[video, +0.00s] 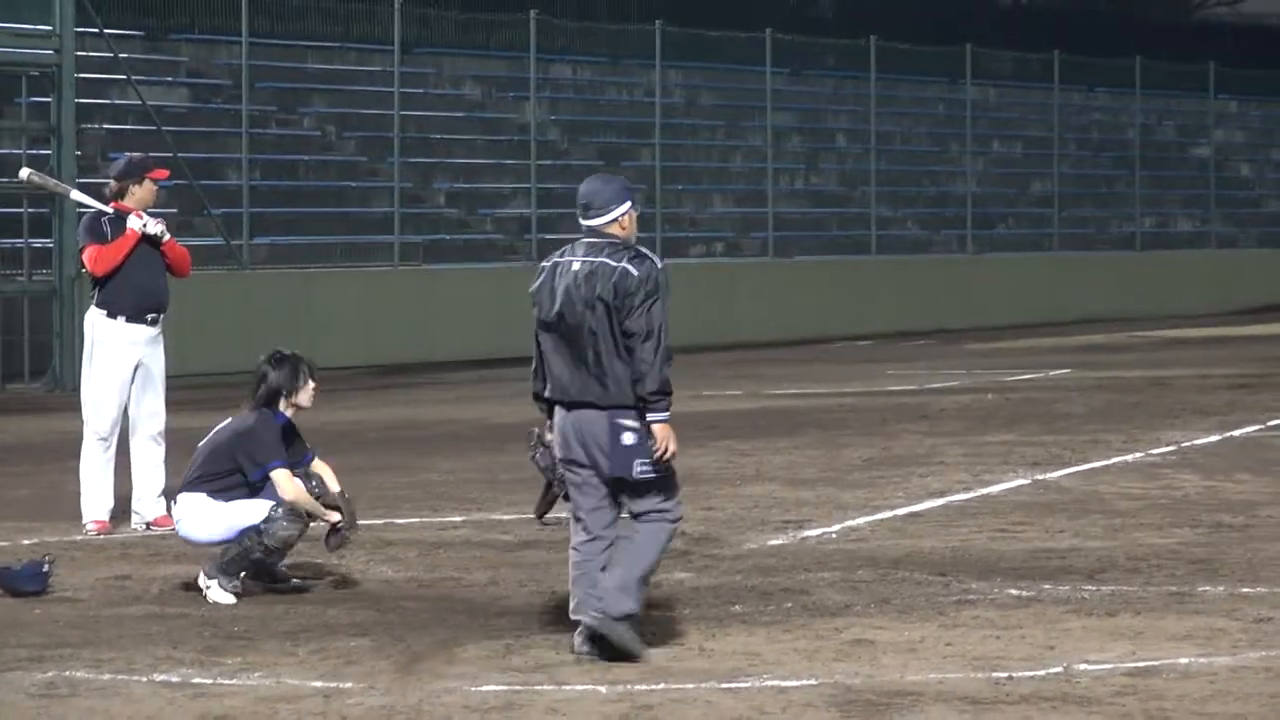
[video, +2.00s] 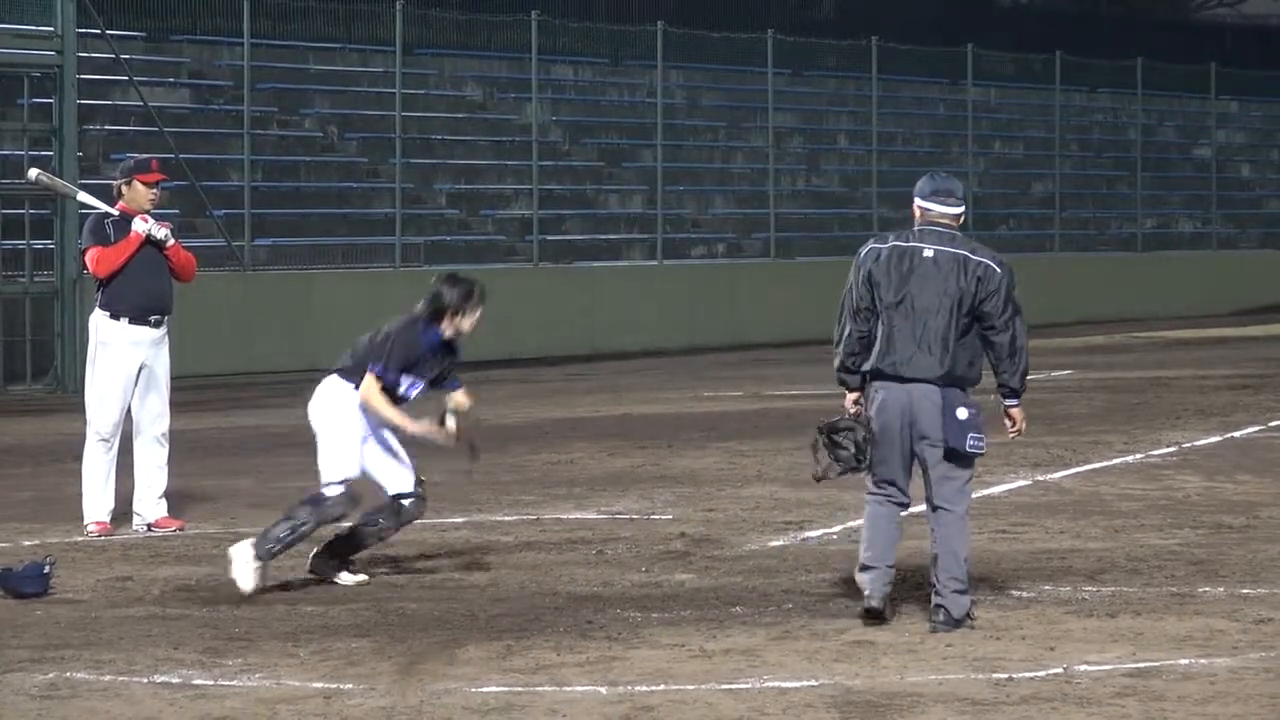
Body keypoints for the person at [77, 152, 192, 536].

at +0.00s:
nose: (156, 189)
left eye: (156, 184)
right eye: (152, 183)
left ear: (134, 187)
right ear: (131, 186)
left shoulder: (152, 226)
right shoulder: (98, 221)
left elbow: (183, 267)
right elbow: (97, 265)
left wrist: (164, 238)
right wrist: (133, 232)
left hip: (151, 333)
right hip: (111, 332)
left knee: (150, 426)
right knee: (102, 427)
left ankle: (150, 510)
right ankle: (96, 516)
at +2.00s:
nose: (156, 191)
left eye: (157, 186)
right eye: (149, 185)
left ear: (153, 190)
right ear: (125, 186)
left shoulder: (158, 228)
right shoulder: (101, 222)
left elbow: (188, 271)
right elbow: (99, 266)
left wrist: (168, 242)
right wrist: (138, 235)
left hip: (156, 335)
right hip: (115, 333)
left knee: (154, 427)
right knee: (104, 428)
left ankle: (151, 512)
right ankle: (98, 516)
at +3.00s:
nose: (186, 193)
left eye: (186, 186)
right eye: (180, 186)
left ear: (171, 189)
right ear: (156, 188)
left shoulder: (179, 229)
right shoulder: (126, 223)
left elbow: (207, 277)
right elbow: (129, 268)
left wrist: (194, 248)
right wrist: (167, 238)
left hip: (172, 336)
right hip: (134, 331)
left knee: (160, 429)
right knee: (124, 422)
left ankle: (150, 513)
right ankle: (103, 512)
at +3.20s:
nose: (194, 192)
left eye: (194, 186)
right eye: (188, 186)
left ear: (177, 189)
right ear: (165, 188)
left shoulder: (186, 229)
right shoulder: (135, 222)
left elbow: (210, 280)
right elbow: (128, 269)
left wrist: (201, 253)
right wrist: (173, 246)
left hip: (175, 334)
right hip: (140, 328)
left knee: (166, 426)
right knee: (142, 417)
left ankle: (153, 509)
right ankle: (121, 506)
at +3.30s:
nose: (198, 191)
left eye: (198, 185)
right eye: (192, 185)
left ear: (180, 188)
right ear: (169, 187)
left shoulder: (188, 230)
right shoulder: (140, 220)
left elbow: (210, 283)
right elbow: (126, 269)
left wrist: (209, 265)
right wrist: (178, 253)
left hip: (178, 334)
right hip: (143, 328)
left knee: (168, 424)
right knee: (150, 418)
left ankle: (157, 509)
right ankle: (140, 511)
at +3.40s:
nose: (203, 190)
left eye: (202, 184)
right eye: (197, 184)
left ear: (185, 188)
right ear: (175, 188)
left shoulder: (196, 232)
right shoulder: (144, 219)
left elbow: (211, 285)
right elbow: (125, 271)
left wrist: (213, 276)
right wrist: (179, 265)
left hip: (179, 334)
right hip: (144, 329)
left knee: (168, 426)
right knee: (154, 422)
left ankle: (144, 514)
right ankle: (167, 511)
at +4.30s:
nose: (246, 193)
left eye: (245, 187)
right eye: (240, 187)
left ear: (228, 189)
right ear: (219, 188)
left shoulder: (230, 230)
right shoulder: (191, 228)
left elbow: (229, 284)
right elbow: (177, 288)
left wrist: (241, 332)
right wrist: (184, 345)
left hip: (238, 339)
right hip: (200, 338)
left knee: (250, 429)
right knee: (186, 432)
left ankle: (268, 512)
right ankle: (181, 516)